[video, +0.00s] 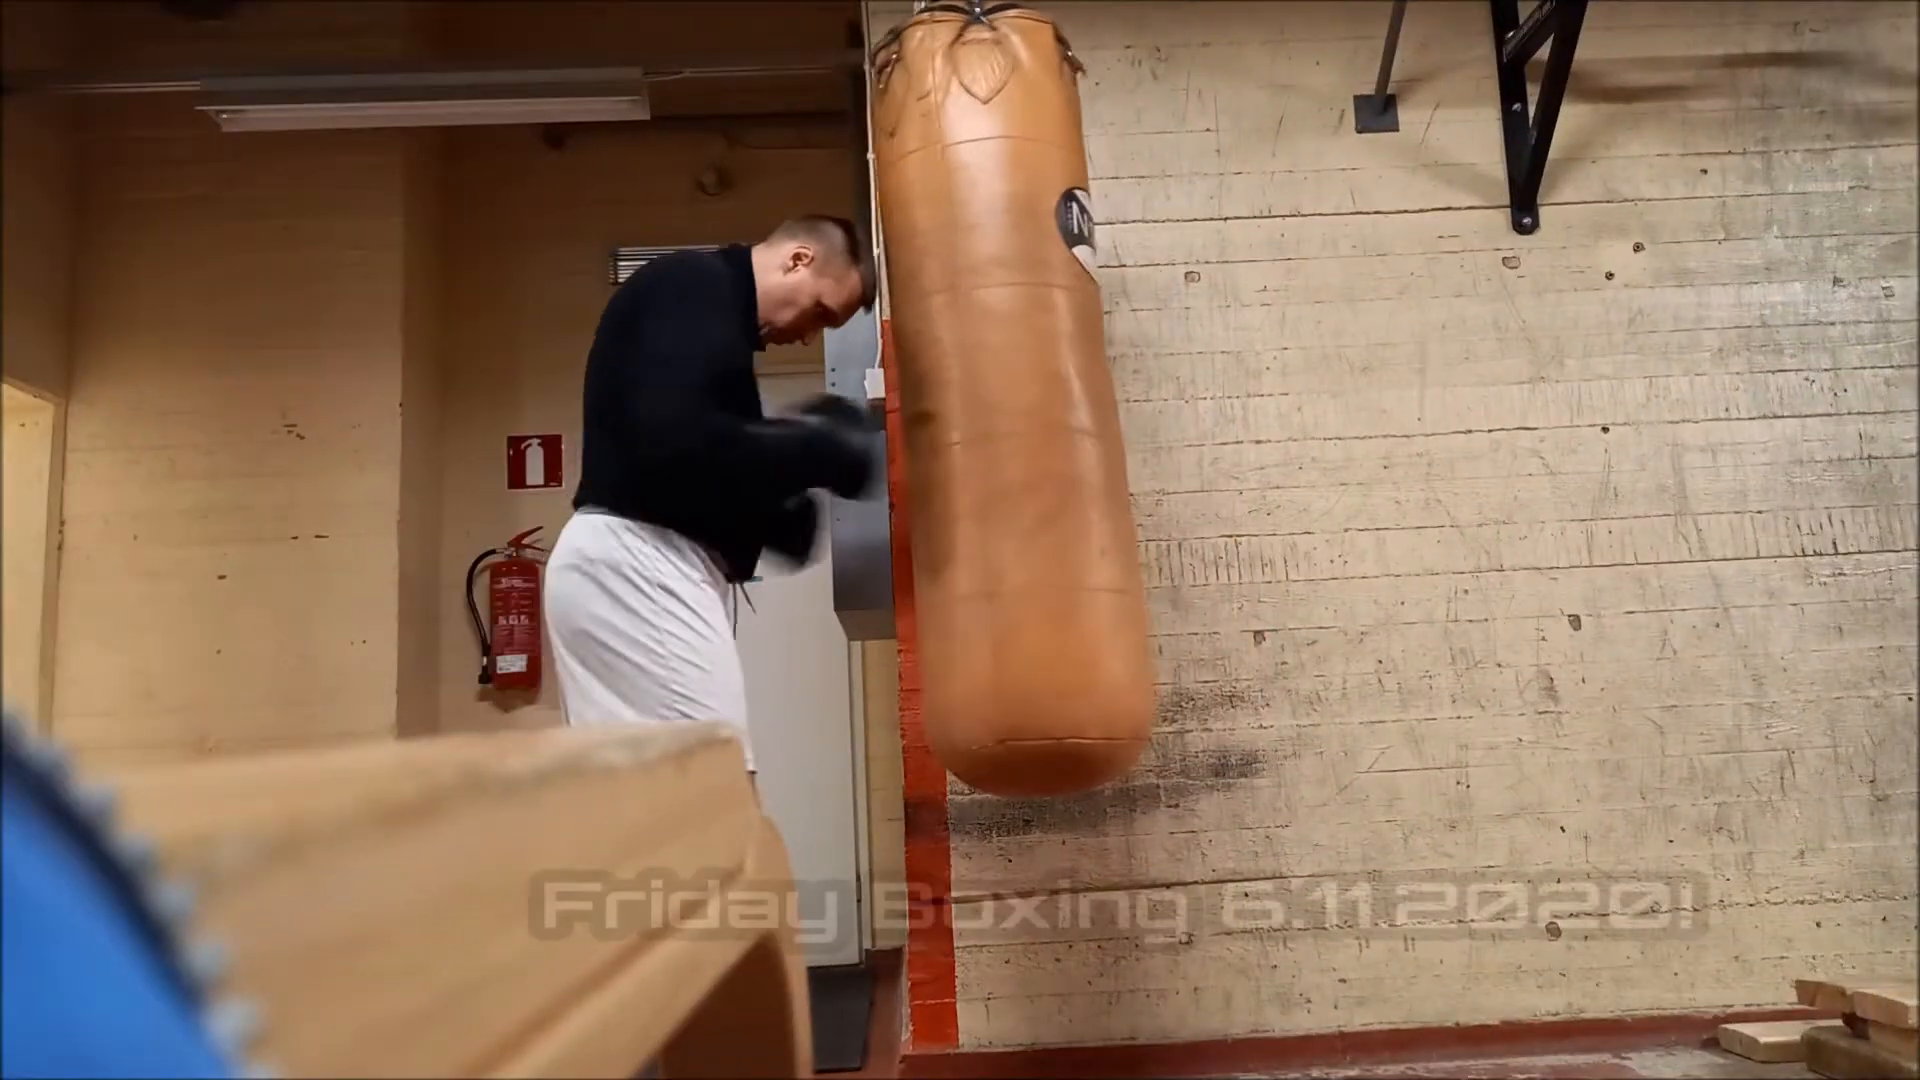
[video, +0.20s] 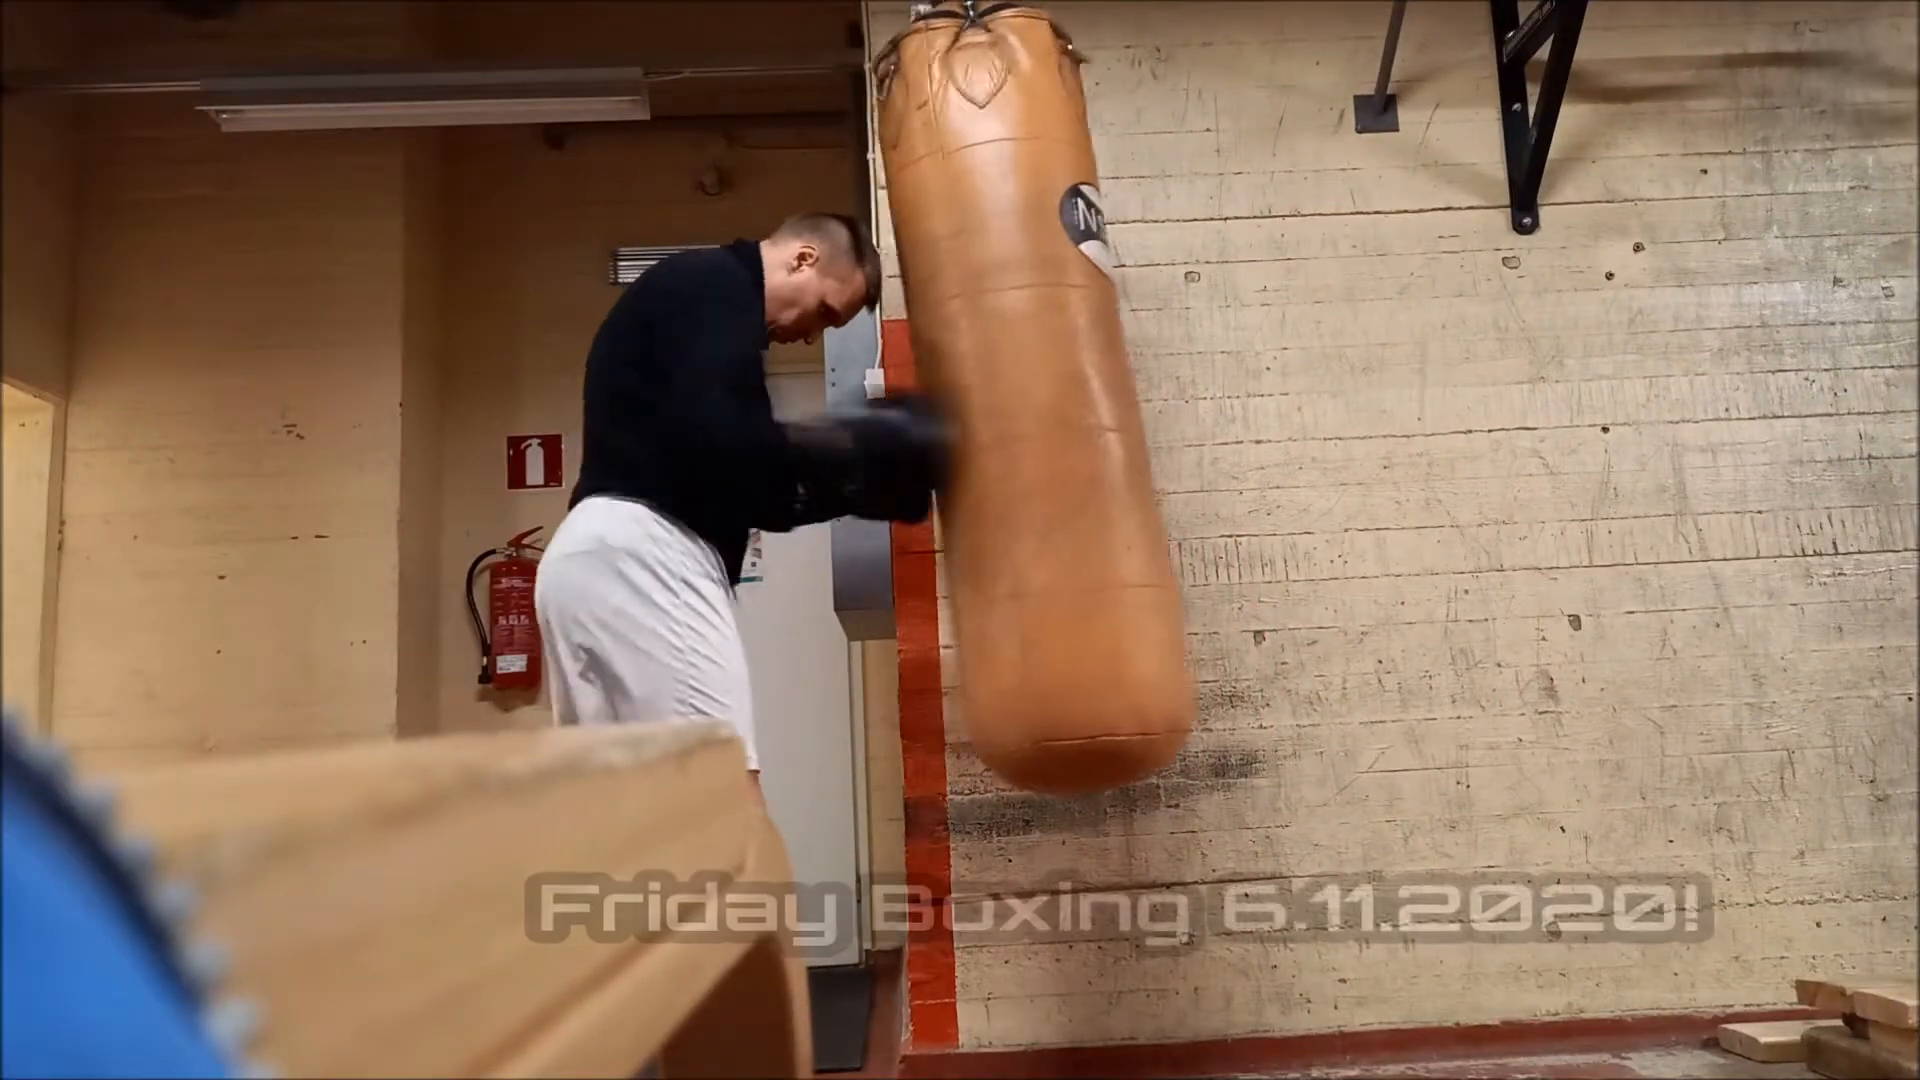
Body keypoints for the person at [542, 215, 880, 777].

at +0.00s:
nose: (809, 334)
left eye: (825, 324)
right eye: (820, 311)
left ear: (797, 260)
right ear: (797, 260)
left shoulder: (715, 320)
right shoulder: (692, 289)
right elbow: (674, 441)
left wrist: (777, 519)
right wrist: (821, 449)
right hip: (638, 566)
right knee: (711, 810)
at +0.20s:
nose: (810, 333)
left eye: (828, 324)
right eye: (824, 311)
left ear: (797, 259)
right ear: (801, 259)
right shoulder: (712, 285)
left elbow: (762, 499)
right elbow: (735, 450)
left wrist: (870, 481)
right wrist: (870, 444)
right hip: (640, 556)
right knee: (722, 805)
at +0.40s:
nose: (810, 324)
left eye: (825, 315)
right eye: (821, 304)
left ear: (795, 249)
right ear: (799, 250)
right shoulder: (719, 284)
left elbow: (746, 476)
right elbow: (740, 446)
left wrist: (850, 491)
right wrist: (848, 471)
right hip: (630, 548)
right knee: (696, 806)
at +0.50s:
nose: (800, 325)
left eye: (817, 315)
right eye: (814, 302)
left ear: (788, 248)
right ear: (791, 250)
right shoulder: (716, 281)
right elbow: (696, 444)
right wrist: (802, 473)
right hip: (620, 548)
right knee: (688, 801)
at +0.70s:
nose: (761, 344)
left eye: (777, 334)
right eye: (775, 322)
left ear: (751, 272)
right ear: (752, 274)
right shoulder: (688, 293)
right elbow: (637, 420)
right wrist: (723, 510)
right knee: (693, 788)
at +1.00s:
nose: (759, 336)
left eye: (774, 326)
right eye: (770, 312)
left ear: (741, 263)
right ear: (744, 263)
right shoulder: (631, 287)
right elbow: (598, 443)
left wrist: (703, 545)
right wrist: (713, 423)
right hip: (570, 569)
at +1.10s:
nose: (766, 346)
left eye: (782, 336)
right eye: (778, 324)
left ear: (751, 271)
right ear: (754, 272)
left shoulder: (690, 354)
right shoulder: (627, 290)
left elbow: (721, 514)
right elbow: (568, 448)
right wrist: (706, 463)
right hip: (571, 565)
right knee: (636, 809)